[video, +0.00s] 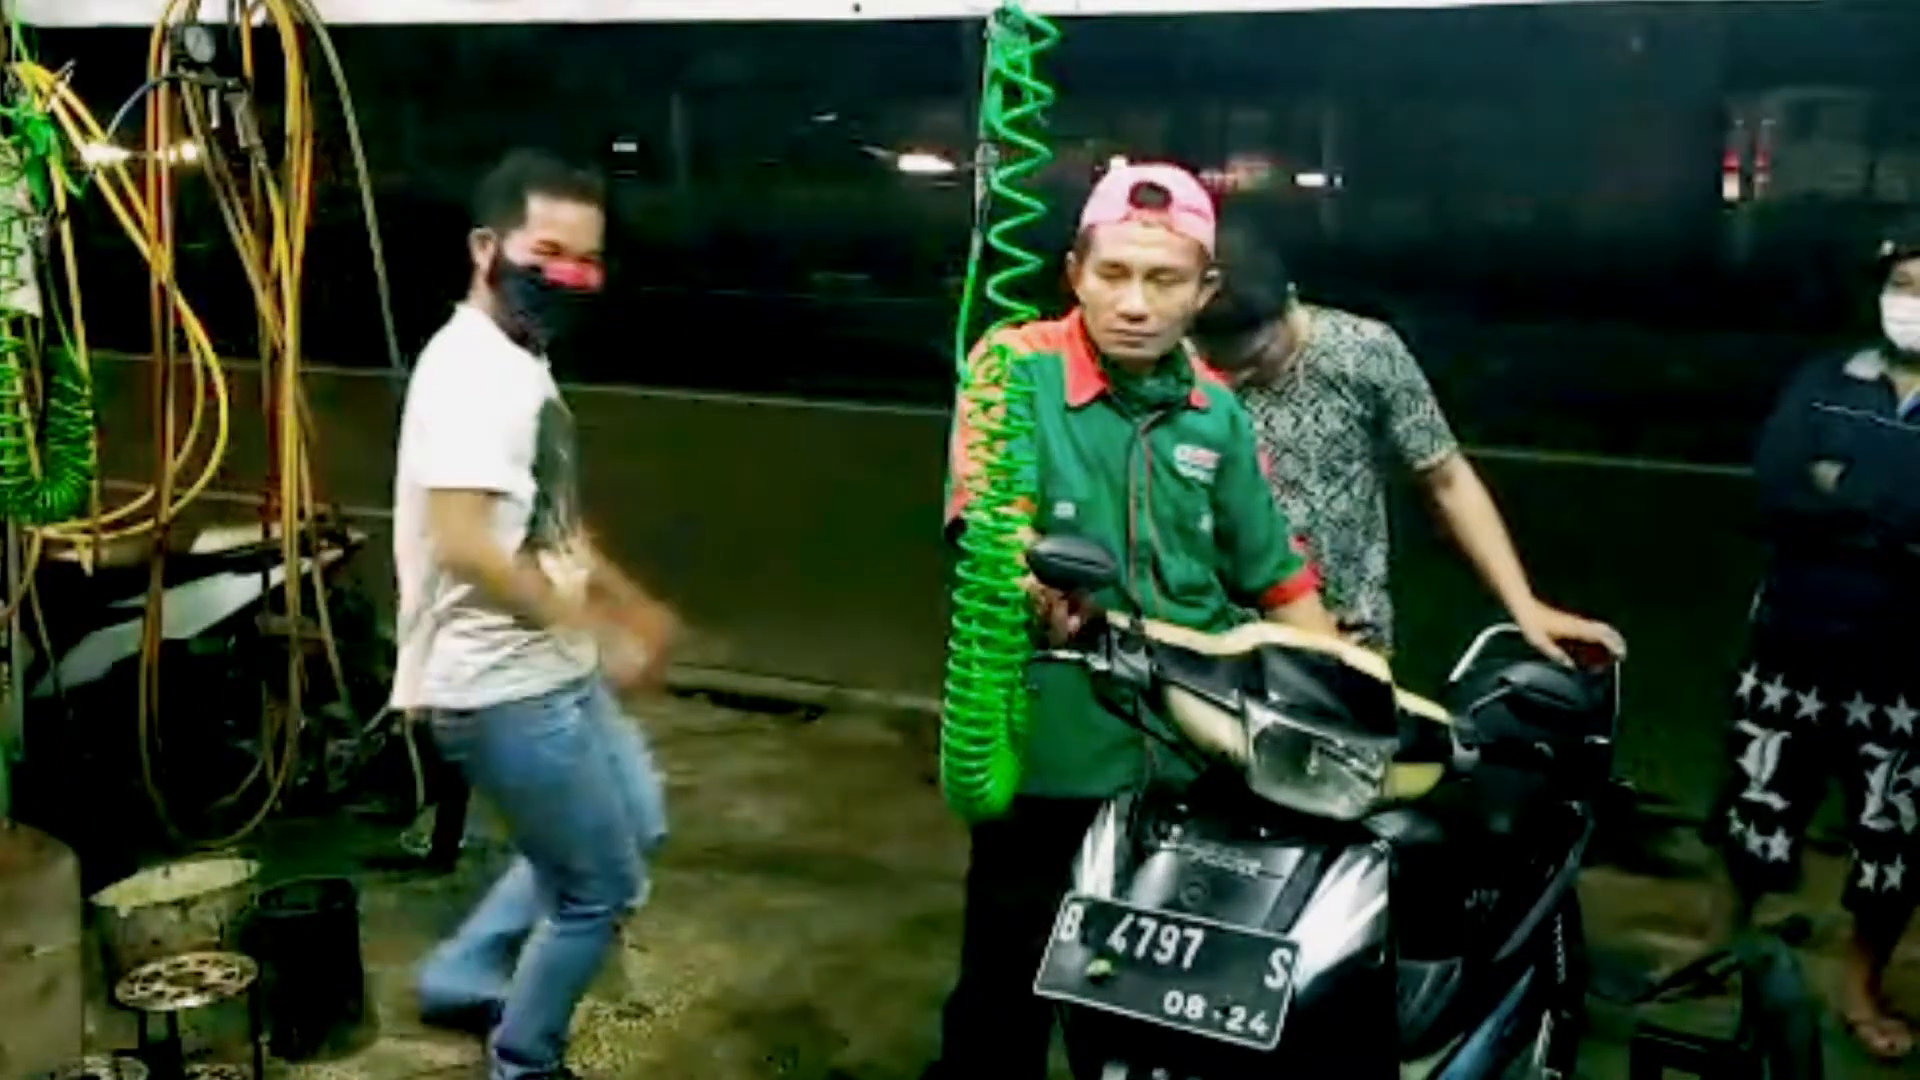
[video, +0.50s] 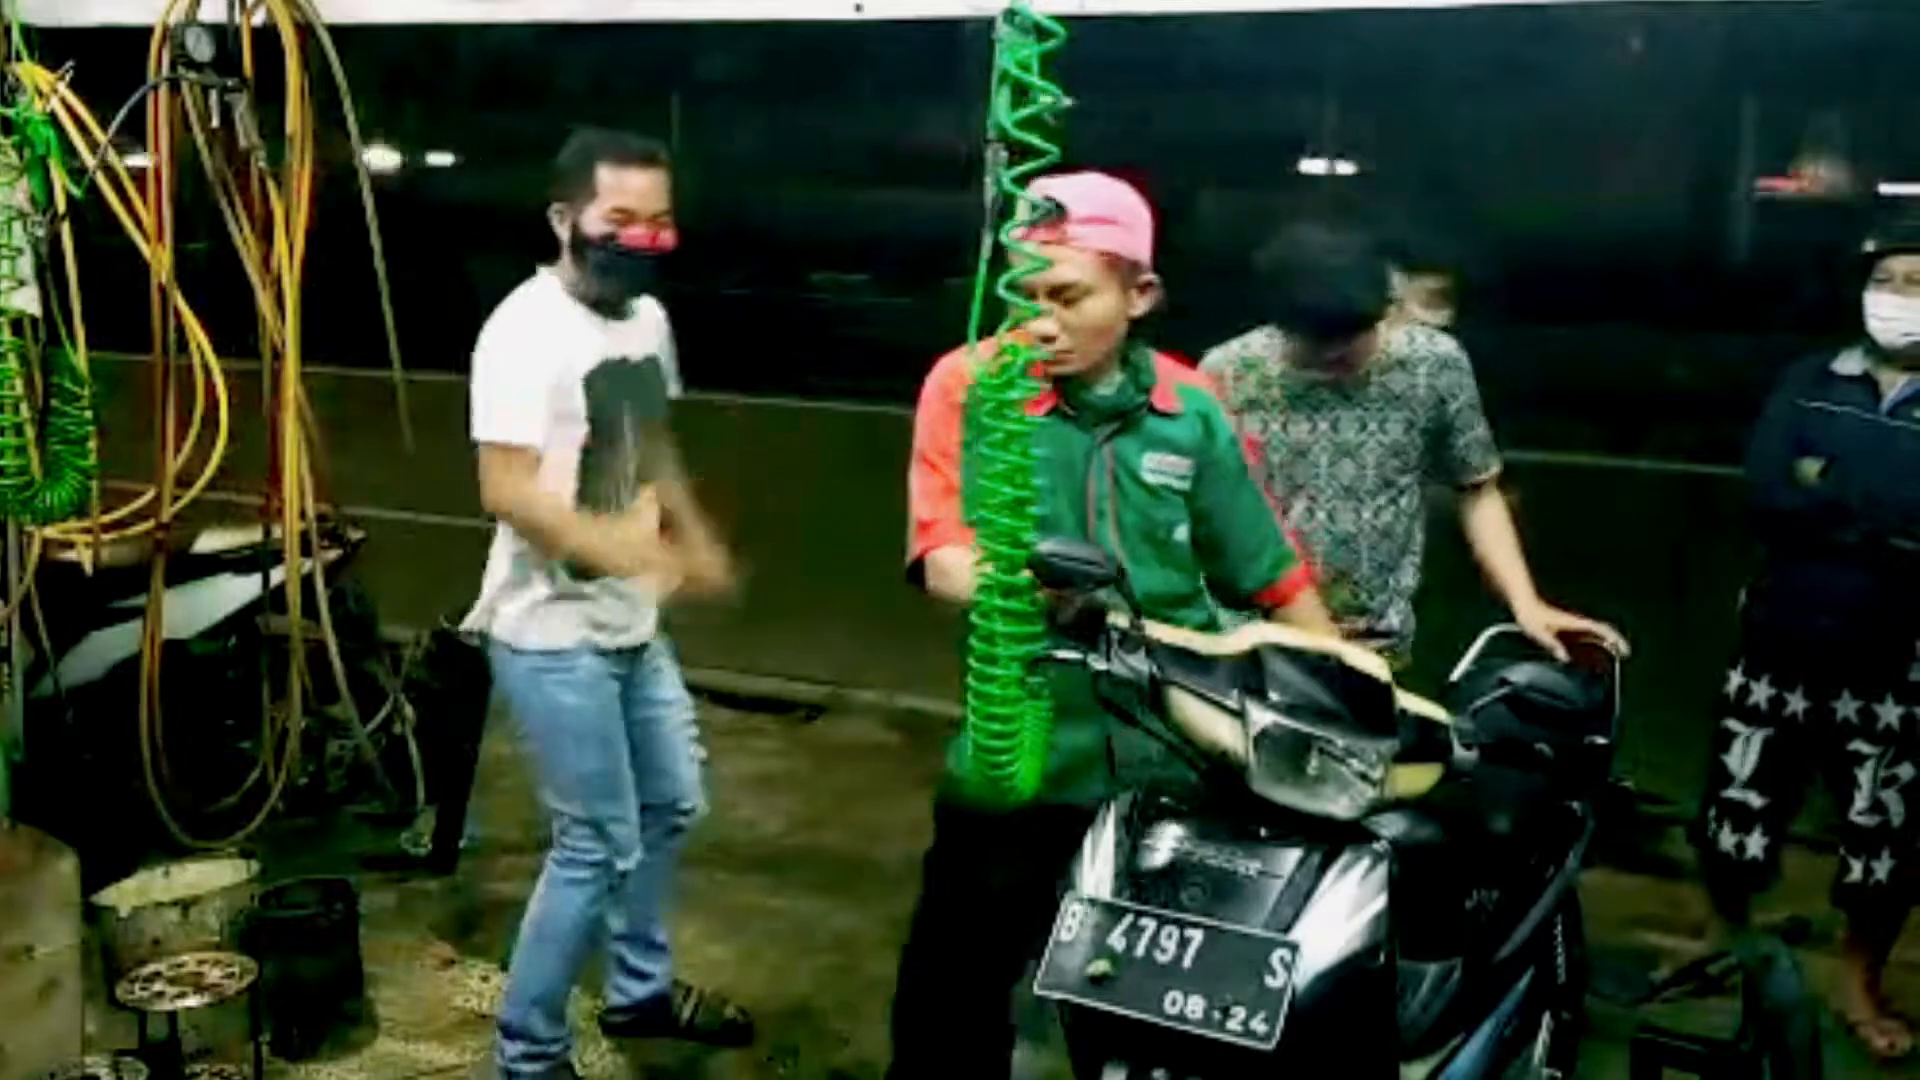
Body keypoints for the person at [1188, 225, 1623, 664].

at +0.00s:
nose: (1234, 378)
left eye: (1250, 361)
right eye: (1217, 363)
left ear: (1286, 314)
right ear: (1190, 336)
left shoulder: (1364, 356)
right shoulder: (1180, 377)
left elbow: (1447, 480)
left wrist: (1525, 608)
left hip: (1343, 644)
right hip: (1215, 646)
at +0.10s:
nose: (1248, 377)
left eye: (1263, 359)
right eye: (1231, 364)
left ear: (1297, 314)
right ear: (1204, 342)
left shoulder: (1374, 357)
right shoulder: (1194, 375)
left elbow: (1455, 481)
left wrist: (1525, 607)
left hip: (1348, 642)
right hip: (1228, 642)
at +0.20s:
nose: (1272, 372)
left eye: (1281, 356)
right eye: (1252, 363)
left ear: (1310, 310)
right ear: (1221, 338)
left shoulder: (1389, 361)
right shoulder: (1197, 376)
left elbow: (1464, 484)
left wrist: (1526, 608)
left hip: (1351, 653)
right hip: (1224, 649)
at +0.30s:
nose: (1295, 360)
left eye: (1305, 342)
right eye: (1274, 348)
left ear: (1335, 309)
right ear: (1244, 330)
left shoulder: (1406, 365)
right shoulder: (1207, 374)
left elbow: (1468, 489)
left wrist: (1526, 606)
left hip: (1354, 651)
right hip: (1230, 646)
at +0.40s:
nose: (1315, 360)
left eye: (1327, 344)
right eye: (1296, 349)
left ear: (1355, 311)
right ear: (1265, 329)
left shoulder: (1416, 364)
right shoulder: (1213, 374)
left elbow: (1470, 488)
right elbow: (1170, 507)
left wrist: (1527, 607)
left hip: (1362, 650)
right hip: (1236, 647)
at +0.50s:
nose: (1336, 357)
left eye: (1352, 338)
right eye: (1318, 343)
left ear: (1381, 314)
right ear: (1286, 324)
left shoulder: (1435, 364)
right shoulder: (1229, 373)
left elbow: (1478, 490)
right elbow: (1190, 507)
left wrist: (1528, 607)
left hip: (1374, 653)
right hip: (1252, 648)